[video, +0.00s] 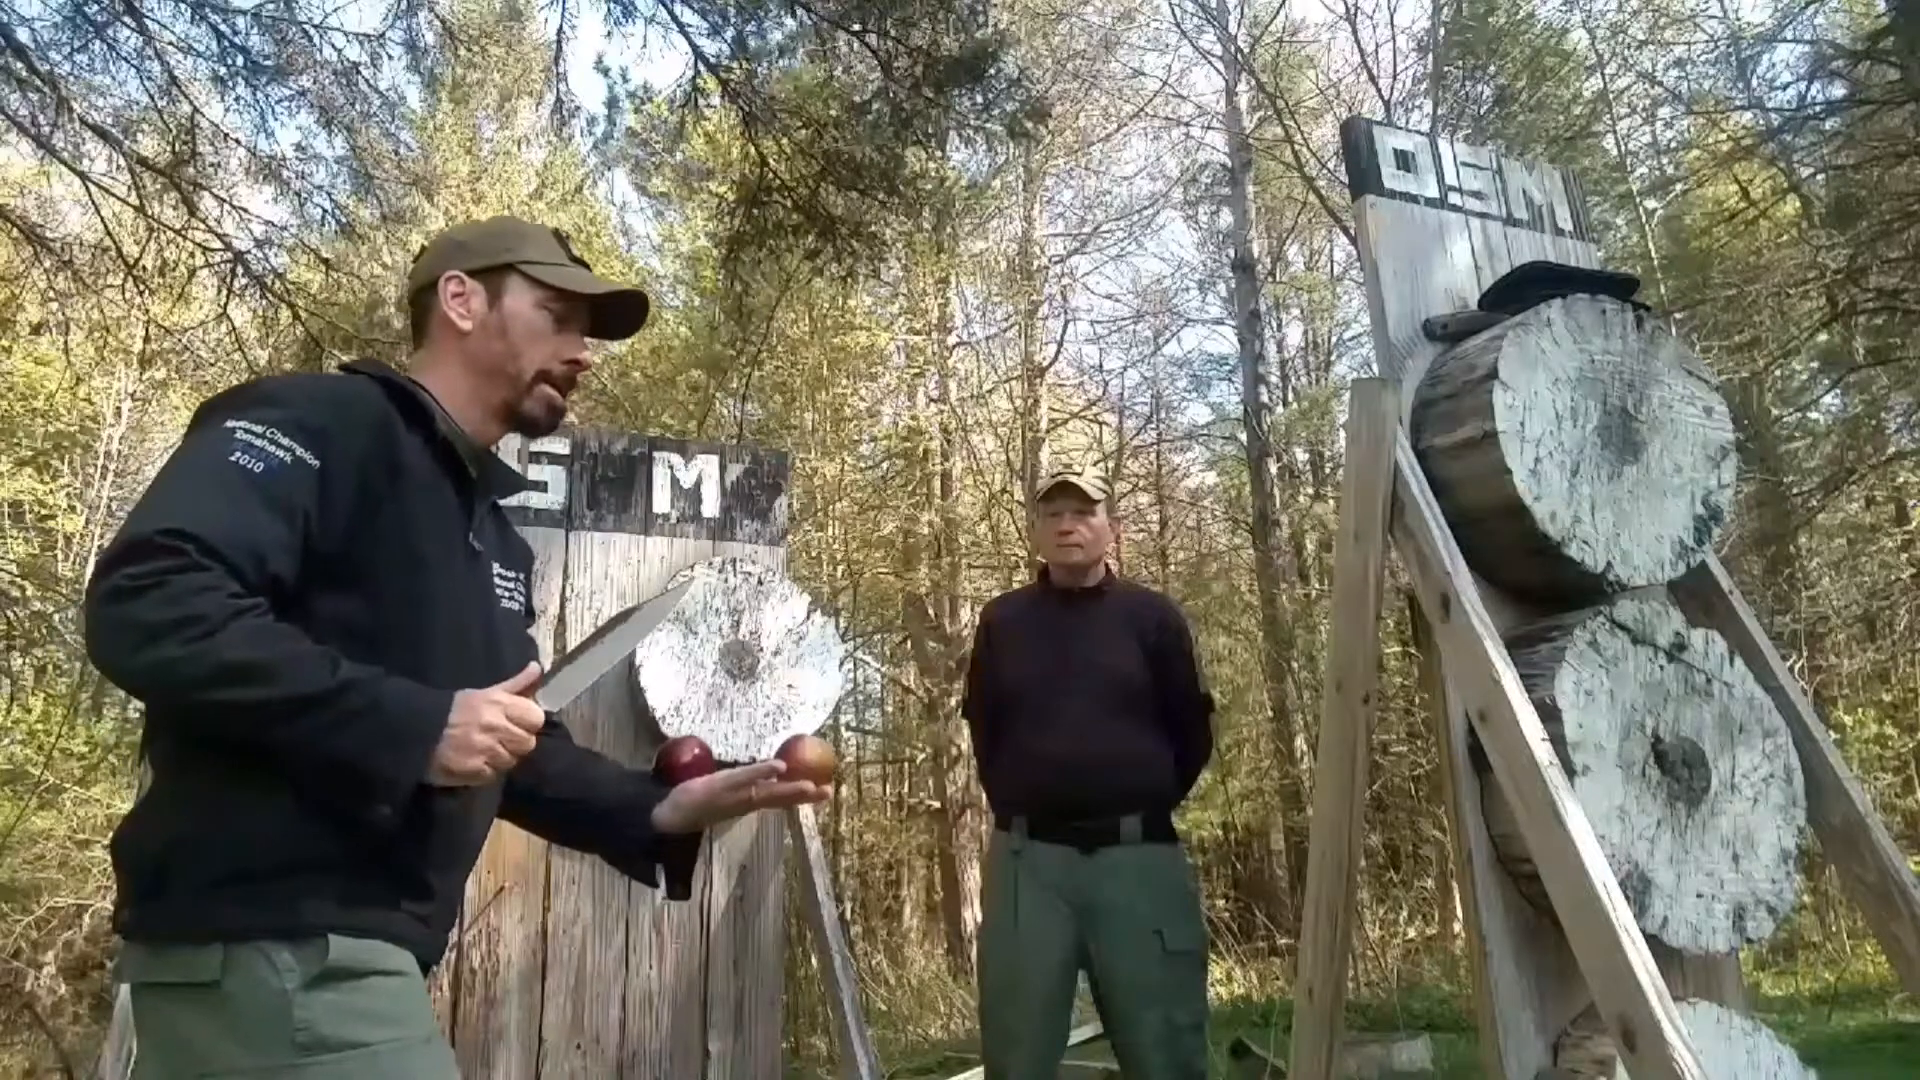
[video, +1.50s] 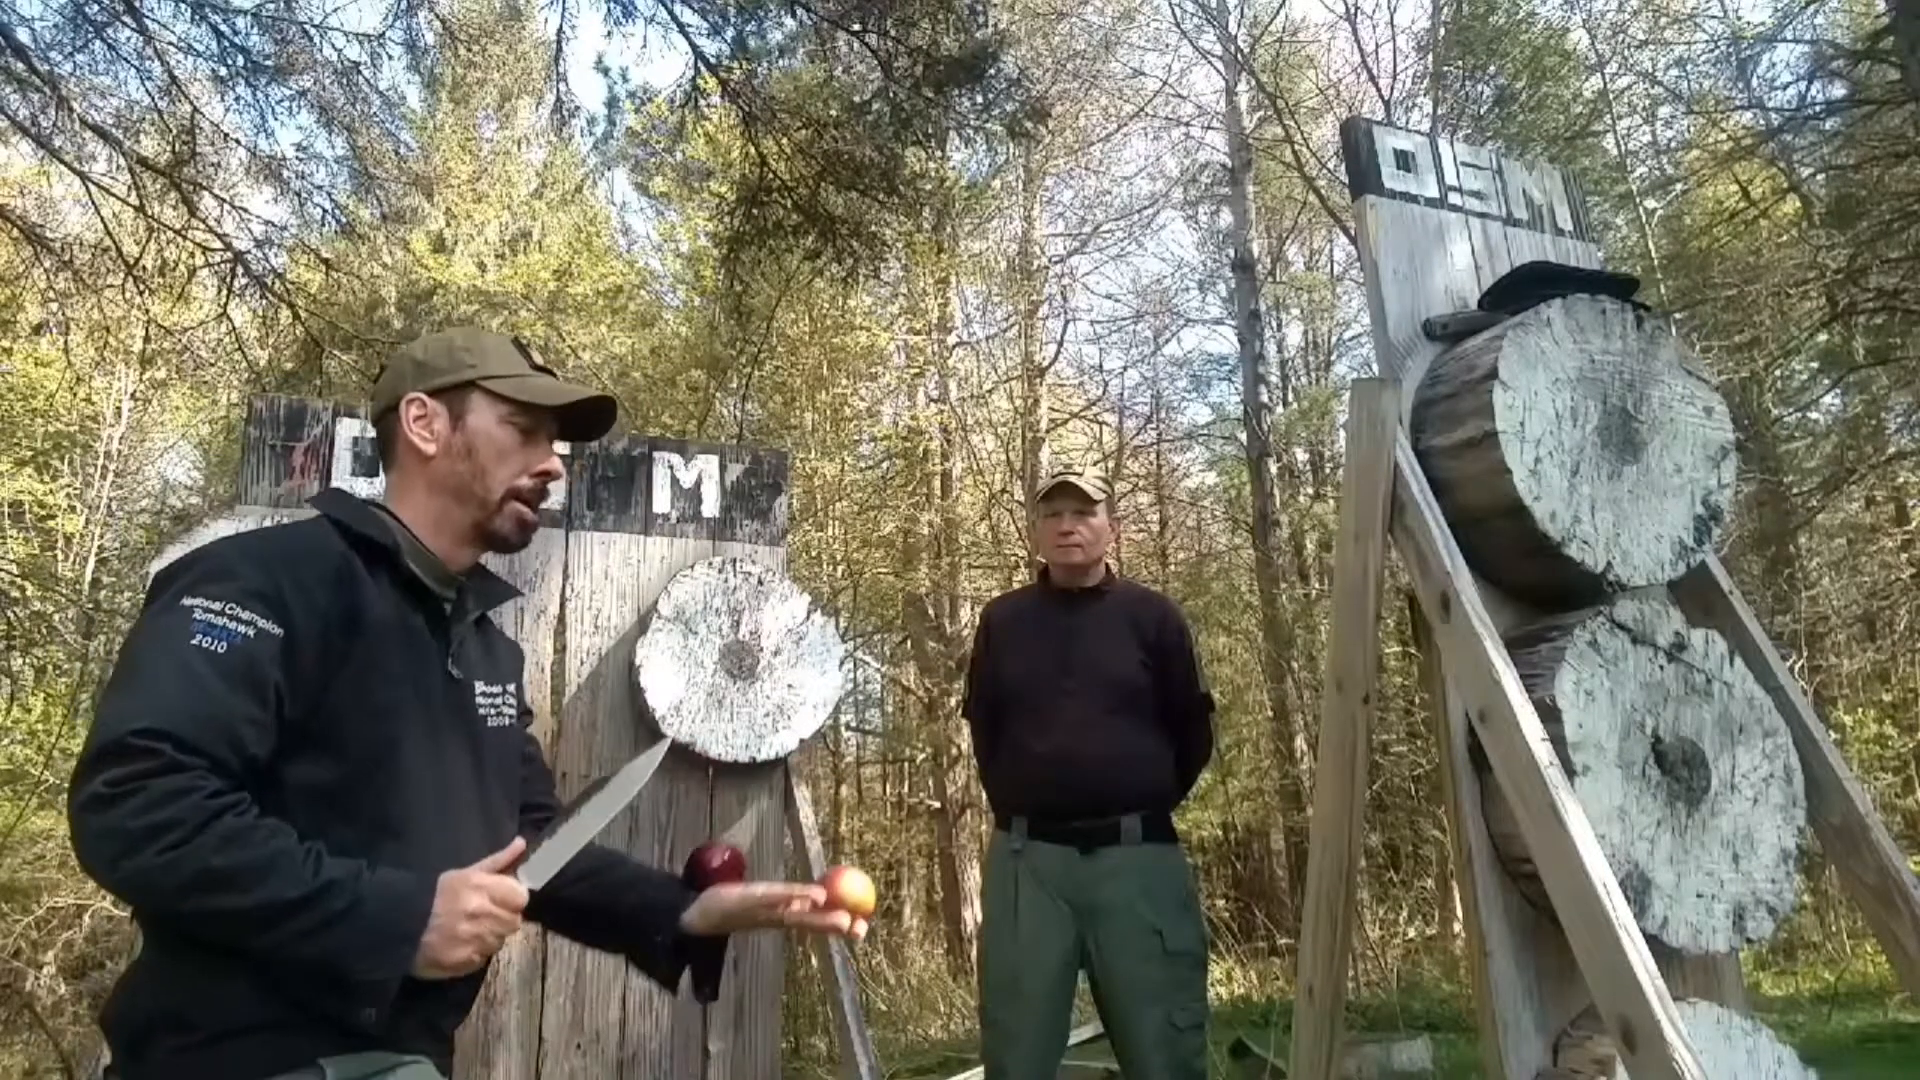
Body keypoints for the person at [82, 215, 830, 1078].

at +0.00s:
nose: (587, 351)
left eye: (592, 331)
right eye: (562, 315)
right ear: (461, 302)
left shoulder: (495, 540)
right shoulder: (318, 417)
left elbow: (496, 741)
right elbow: (146, 603)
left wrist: (660, 807)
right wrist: (418, 725)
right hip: (276, 957)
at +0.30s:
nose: (591, 354)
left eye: (596, 334)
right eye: (567, 319)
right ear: (466, 308)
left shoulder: (495, 539)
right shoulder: (322, 422)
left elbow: (493, 747)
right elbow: (151, 608)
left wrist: (660, 817)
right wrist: (421, 733)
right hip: (275, 964)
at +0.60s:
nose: (586, 388)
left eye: (592, 365)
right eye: (563, 350)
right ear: (462, 338)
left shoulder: (494, 575)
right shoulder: (308, 458)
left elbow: (488, 782)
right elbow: (146, 665)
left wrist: (658, 854)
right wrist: (417, 782)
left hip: (361, 995)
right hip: (258, 993)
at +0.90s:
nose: (580, 420)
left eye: (583, 397)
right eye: (555, 382)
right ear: (455, 372)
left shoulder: (491, 608)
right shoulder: (301, 498)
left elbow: (481, 825)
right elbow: (138, 712)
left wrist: (656, 899)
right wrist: (404, 834)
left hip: (361, 1019)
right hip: (246, 1018)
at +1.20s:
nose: (569, 466)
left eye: (574, 443)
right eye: (541, 431)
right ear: (439, 423)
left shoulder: (489, 657)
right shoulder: (272, 569)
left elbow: (504, 866)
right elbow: (127, 796)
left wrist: (653, 957)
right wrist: (390, 917)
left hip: (384, 1049)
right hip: (218, 1048)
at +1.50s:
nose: (554, 464)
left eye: (558, 441)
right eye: (527, 429)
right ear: (425, 426)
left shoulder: (486, 644)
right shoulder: (265, 574)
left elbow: (530, 848)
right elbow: (137, 807)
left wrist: (697, 911)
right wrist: (399, 917)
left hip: (406, 1050)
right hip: (237, 1050)